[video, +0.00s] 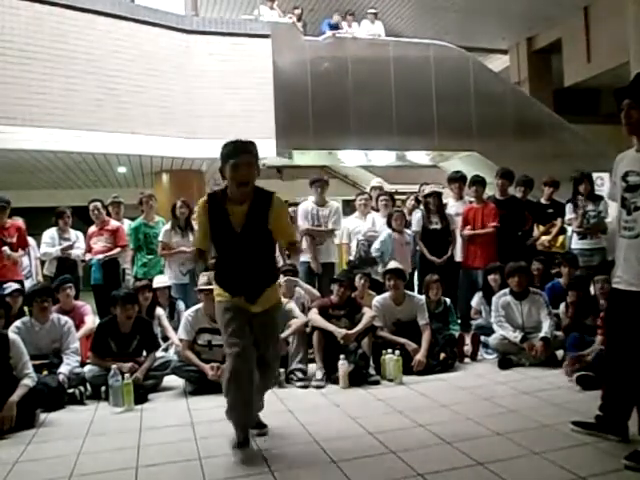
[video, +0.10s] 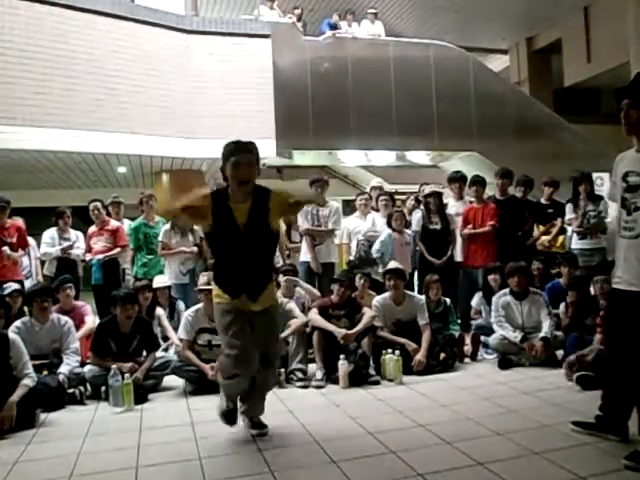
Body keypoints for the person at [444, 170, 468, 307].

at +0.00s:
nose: (457, 188)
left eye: (460, 184)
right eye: (454, 184)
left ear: (464, 186)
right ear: (449, 186)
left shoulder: (471, 204)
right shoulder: (444, 205)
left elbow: (474, 224)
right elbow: (441, 228)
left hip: (466, 255)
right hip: (449, 255)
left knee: (465, 292)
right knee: (449, 290)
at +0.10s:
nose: (457, 187)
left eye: (460, 184)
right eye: (453, 184)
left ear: (465, 186)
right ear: (449, 186)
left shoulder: (471, 204)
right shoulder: (445, 206)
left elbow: (474, 224)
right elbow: (441, 228)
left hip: (466, 255)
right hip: (448, 255)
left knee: (464, 292)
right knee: (448, 290)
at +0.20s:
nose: (458, 187)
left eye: (461, 184)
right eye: (454, 184)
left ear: (465, 185)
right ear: (450, 186)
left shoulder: (471, 204)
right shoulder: (445, 205)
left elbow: (475, 224)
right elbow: (441, 228)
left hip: (466, 255)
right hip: (449, 255)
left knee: (463, 292)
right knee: (447, 291)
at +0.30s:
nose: (458, 187)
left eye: (461, 184)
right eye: (455, 184)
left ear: (465, 185)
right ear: (450, 186)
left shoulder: (471, 204)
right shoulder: (445, 204)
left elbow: (475, 223)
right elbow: (441, 226)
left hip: (466, 255)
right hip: (449, 254)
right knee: (447, 291)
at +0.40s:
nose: (459, 187)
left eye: (462, 184)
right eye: (455, 184)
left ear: (466, 185)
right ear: (451, 186)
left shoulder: (471, 204)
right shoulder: (446, 204)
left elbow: (475, 223)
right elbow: (442, 226)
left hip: (466, 255)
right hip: (449, 255)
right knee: (447, 291)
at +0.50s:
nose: (459, 187)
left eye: (462, 184)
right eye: (455, 184)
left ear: (466, 185)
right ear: (451, 186)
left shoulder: (471, 204)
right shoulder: (447, 205)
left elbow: (476, 223)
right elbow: (442, 227)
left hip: (467, 256)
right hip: (450, 255)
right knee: (448, 291)